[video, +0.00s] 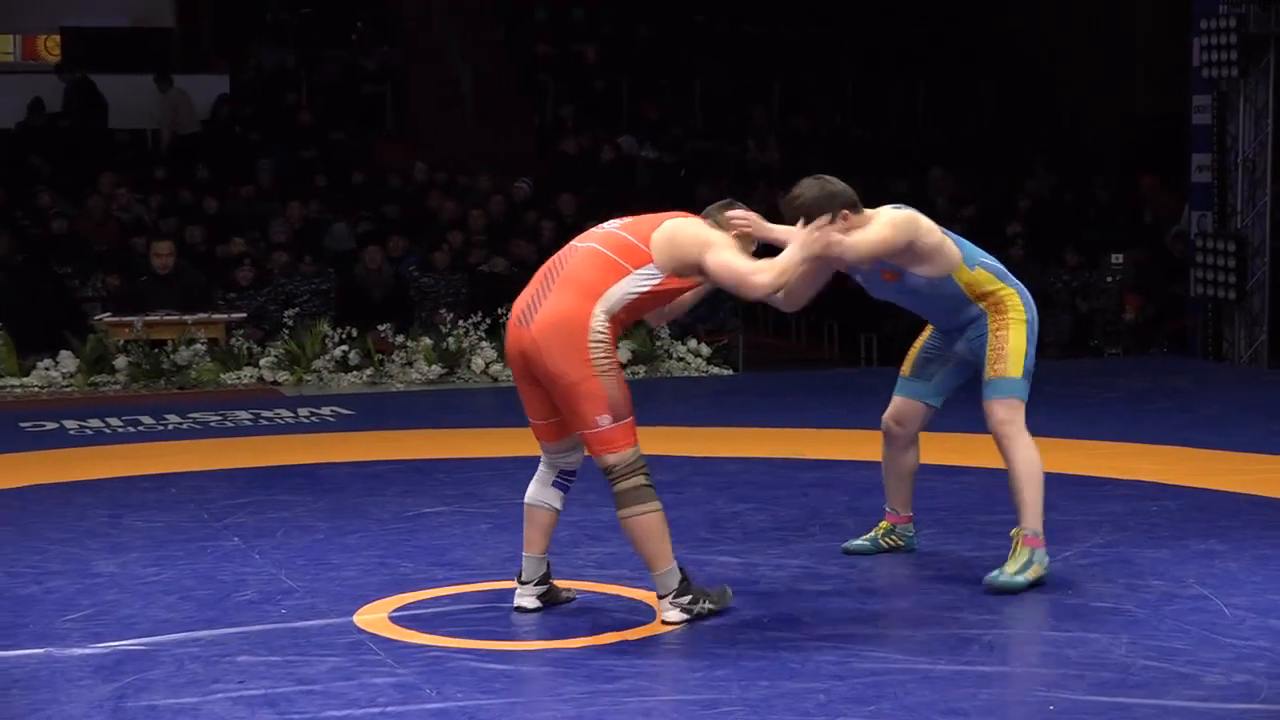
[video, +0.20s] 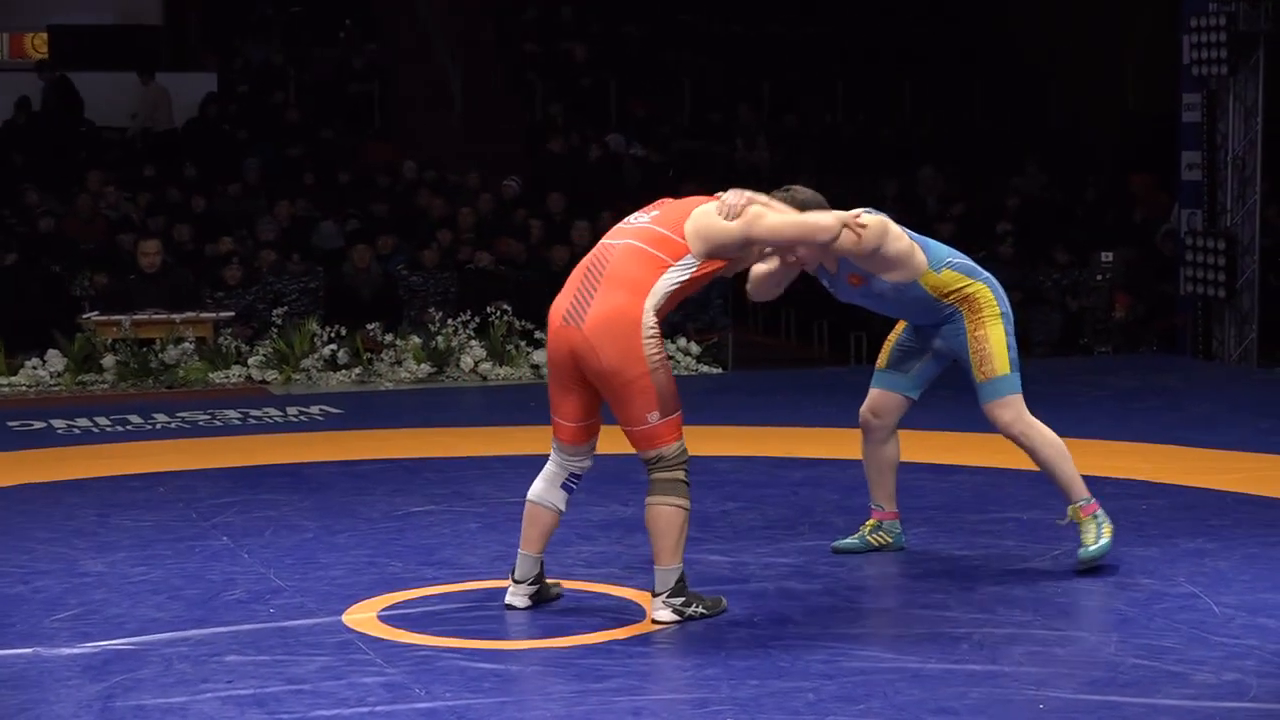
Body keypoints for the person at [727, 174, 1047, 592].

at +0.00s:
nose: (811, 241)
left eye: (813, 231)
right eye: (805, 234)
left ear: (842, 219)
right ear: (832, 224)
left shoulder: (897, 223)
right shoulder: (836, 247)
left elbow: (846, 250)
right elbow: (788, 298)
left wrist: (769, 232)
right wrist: (734, 261)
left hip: (1000, 309)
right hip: (947, 326)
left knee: (1006, 420)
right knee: (898, 423)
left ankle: (1032, 546)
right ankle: (898, 526)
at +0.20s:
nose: (786, 255)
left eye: (790, 242)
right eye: (781, 245)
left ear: (812, 229)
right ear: (789, 243)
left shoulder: (871, 238)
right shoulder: (805, 261)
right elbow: (757, 291)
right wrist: (778, 244)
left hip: (971, 303)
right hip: (919, 320)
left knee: (1008, 415)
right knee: (875, 419)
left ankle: (1089, 514)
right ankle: (884, 524)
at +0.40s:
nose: (791, 254)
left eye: (794, 244)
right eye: (784, 248)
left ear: (815, 227)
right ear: (784, 240)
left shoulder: (862, 229)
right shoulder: (811, 255)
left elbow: (822, 190)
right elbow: (776, 292)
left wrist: (768, 177)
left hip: (974, 316)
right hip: (921, 329)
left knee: (1024, 434)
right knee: (866, 416)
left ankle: (1100, 506)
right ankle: (871, 522)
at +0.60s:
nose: (793, 254)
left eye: (795, 241)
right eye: (787, 245)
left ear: (818, 230)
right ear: (803, 239)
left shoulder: (870, 233)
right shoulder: (852, 267)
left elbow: (806, 217)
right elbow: (847, 288)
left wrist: (753, 179)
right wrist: (796, 315)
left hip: (988, 320)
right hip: (935, 329)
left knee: (1033, 441)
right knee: (866, 407)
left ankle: (1090, 519)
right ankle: (862, 513)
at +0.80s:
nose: (782, 249)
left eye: (787, 236)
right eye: (775, 241)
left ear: (810, 227)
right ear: (774, 241)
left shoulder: (858, 234)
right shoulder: (800, 262)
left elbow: (798, 216)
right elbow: (740, 295)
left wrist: (740, 188)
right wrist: (672, 316)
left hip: (966, 314)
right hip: (910, 325)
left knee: (1008, 437)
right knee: (848, 417)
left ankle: (1064, 516)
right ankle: (843, 495)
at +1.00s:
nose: (736, 252)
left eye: (742, 240)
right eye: (736, 241)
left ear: (769, 233)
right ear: (761, 236)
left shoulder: (834, 236)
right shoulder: (763, 266)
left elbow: (800, 204)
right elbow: (715, 310)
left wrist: (736, 197)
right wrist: (693, 269)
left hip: (936, 298)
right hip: (881, 318)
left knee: (992, 406)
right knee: (833, 411)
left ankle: (1051, 500)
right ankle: (827, 502)